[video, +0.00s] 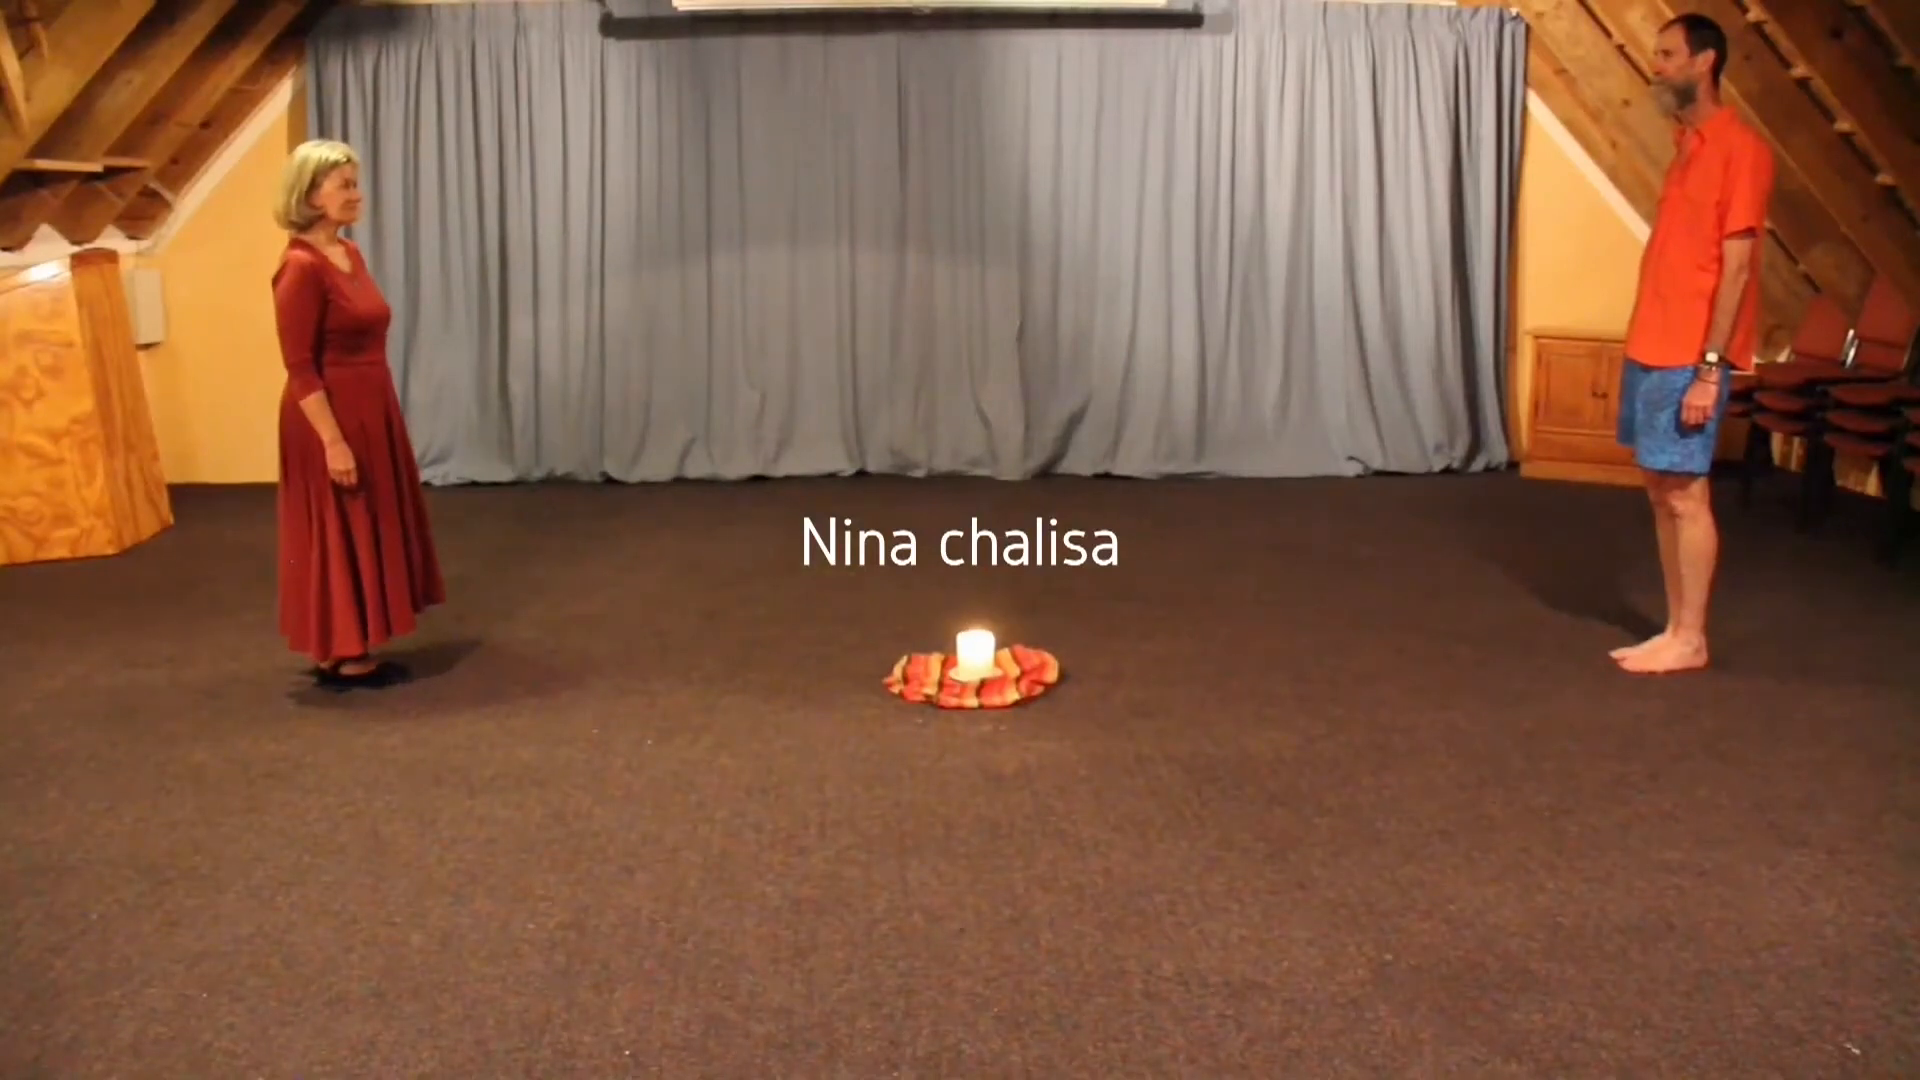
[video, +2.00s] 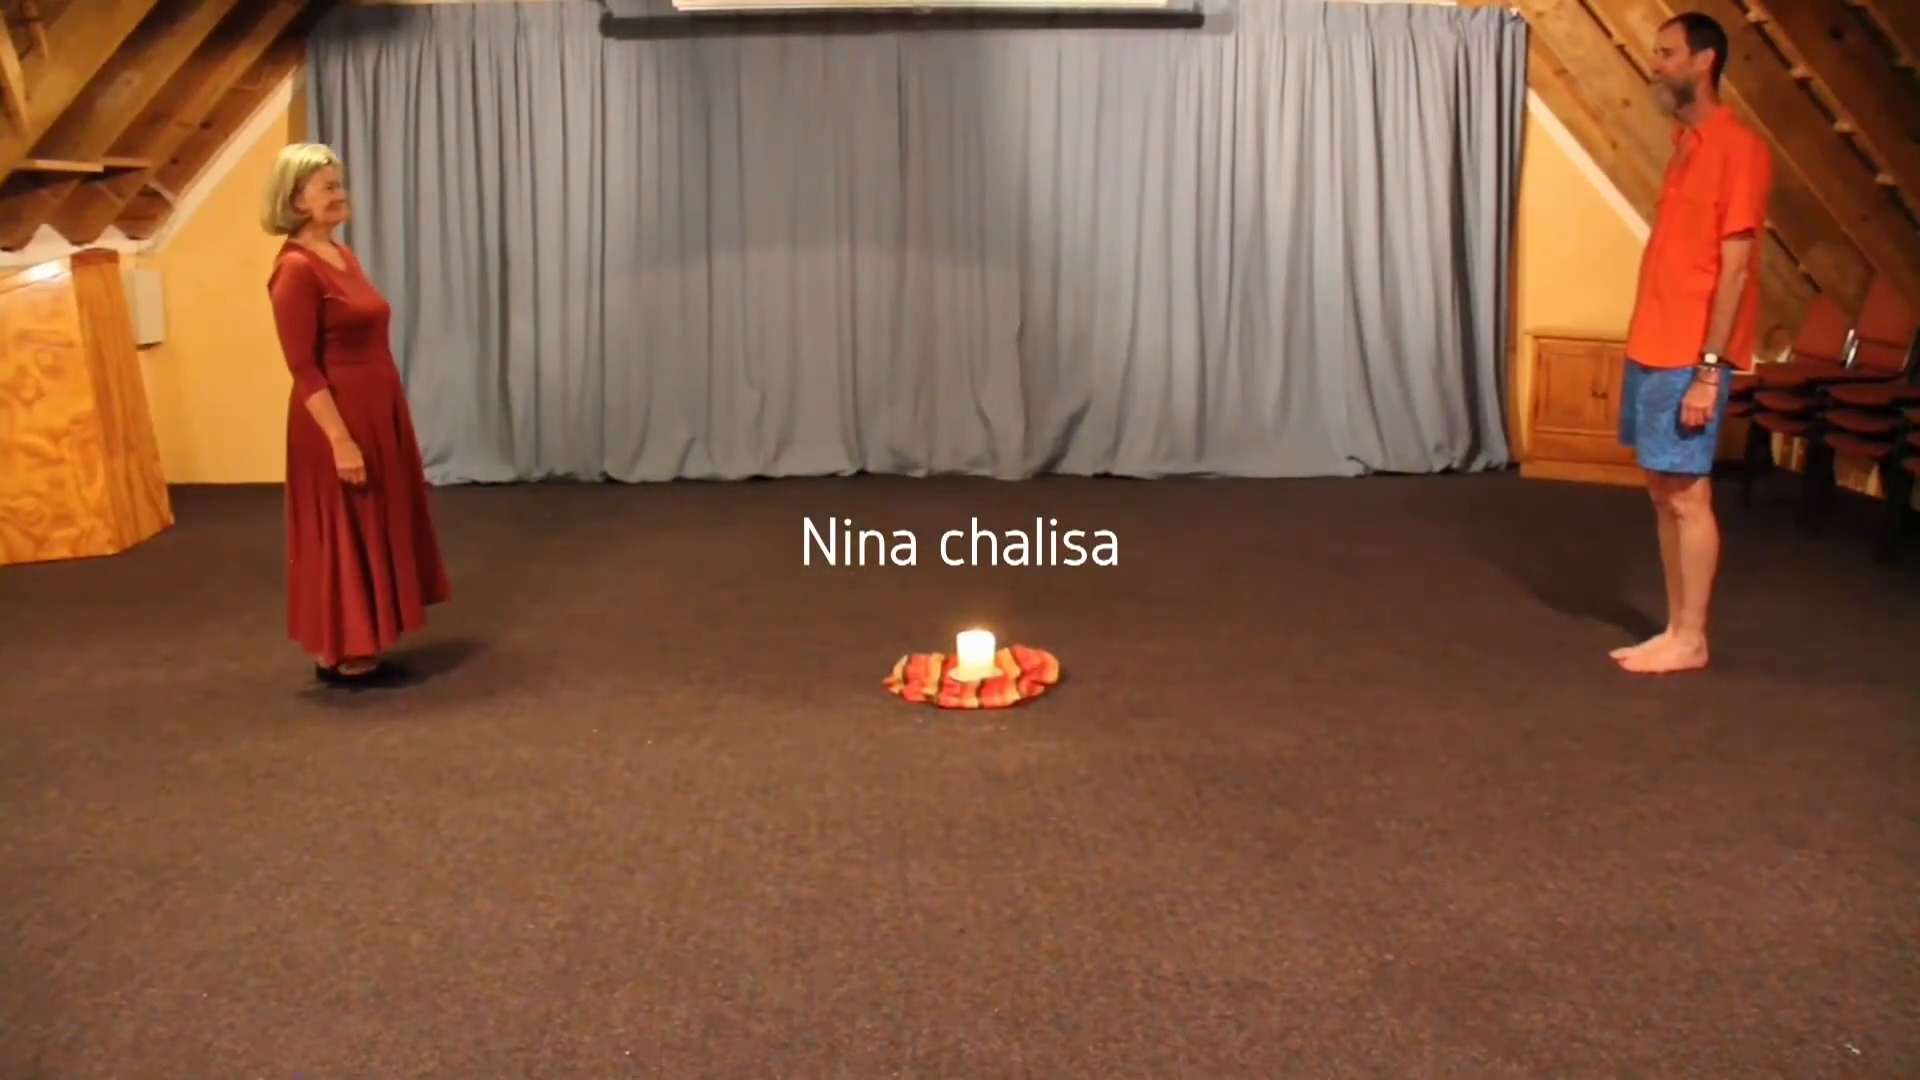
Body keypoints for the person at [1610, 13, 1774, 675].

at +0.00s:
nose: (1655, 66)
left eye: (1667, 55)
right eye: (1655, 55)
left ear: (1706, 61)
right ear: (1692, 63)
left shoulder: (1741, 146)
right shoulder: (1691, 145)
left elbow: (1738, 266)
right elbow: (1681, 257)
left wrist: (1712, 365)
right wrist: (1650, 348)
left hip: (1691, 359)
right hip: (1655, 353)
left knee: (1686, 498)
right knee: (1662, 494)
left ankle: (1691, 639)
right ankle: (1677, 630)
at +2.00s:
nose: (1654, 65)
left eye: (1666, 53)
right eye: (1654, 53)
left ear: (1705, 61)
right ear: (1691, 62)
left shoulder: (1739, 146)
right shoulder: (1690, 143)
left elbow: (1737, 266)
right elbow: (1680, 256)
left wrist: (1711, 367)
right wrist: (1650, 348)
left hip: (1691, 361)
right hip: (1655, 354)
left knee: (1688, 499)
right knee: (1664, 496)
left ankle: (1692, 638)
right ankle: (1678, 630)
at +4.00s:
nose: (1655, 66)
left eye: (1665, 54)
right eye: (1654, 54)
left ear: (1704, 59)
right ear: (1693, 61)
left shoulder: (1738, 142)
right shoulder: (1696, 142)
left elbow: (1734, 263)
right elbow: (1689, 256)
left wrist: (1710, 363)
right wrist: (1660, 349)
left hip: (1692, 358)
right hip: (1658, 352)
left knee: (1687, 498)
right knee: (1663, 494)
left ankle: (1691, 639)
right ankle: (1676, 631)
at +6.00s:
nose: (1659, 58)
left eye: (1672, 46)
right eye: (1661, 46)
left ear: (1710, 57)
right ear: (1692, 58)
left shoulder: (1740, 143)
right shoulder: (1694, 139)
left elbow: (1737, 259)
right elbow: (1687, 251)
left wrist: (1727, 367)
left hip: (1693, 356)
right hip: (1655, 349)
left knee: (1688, 497)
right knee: (1662, 493)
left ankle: (1692, 639)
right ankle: (1677, 630)